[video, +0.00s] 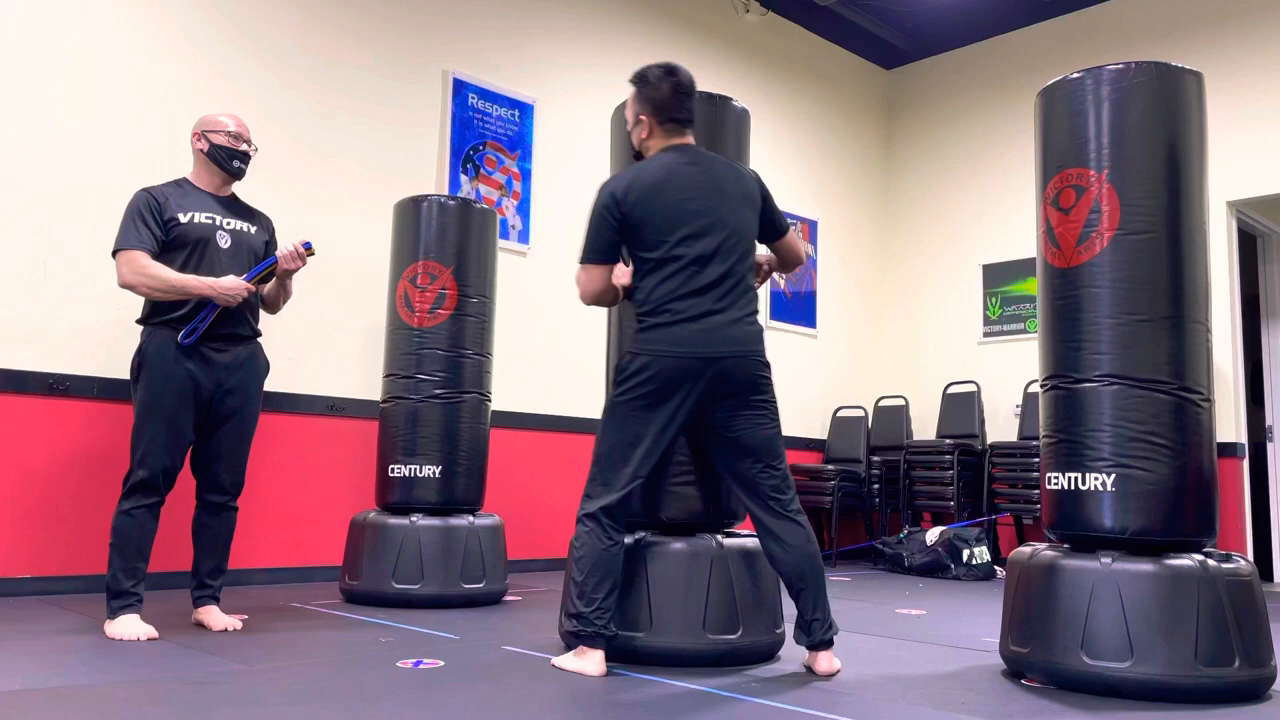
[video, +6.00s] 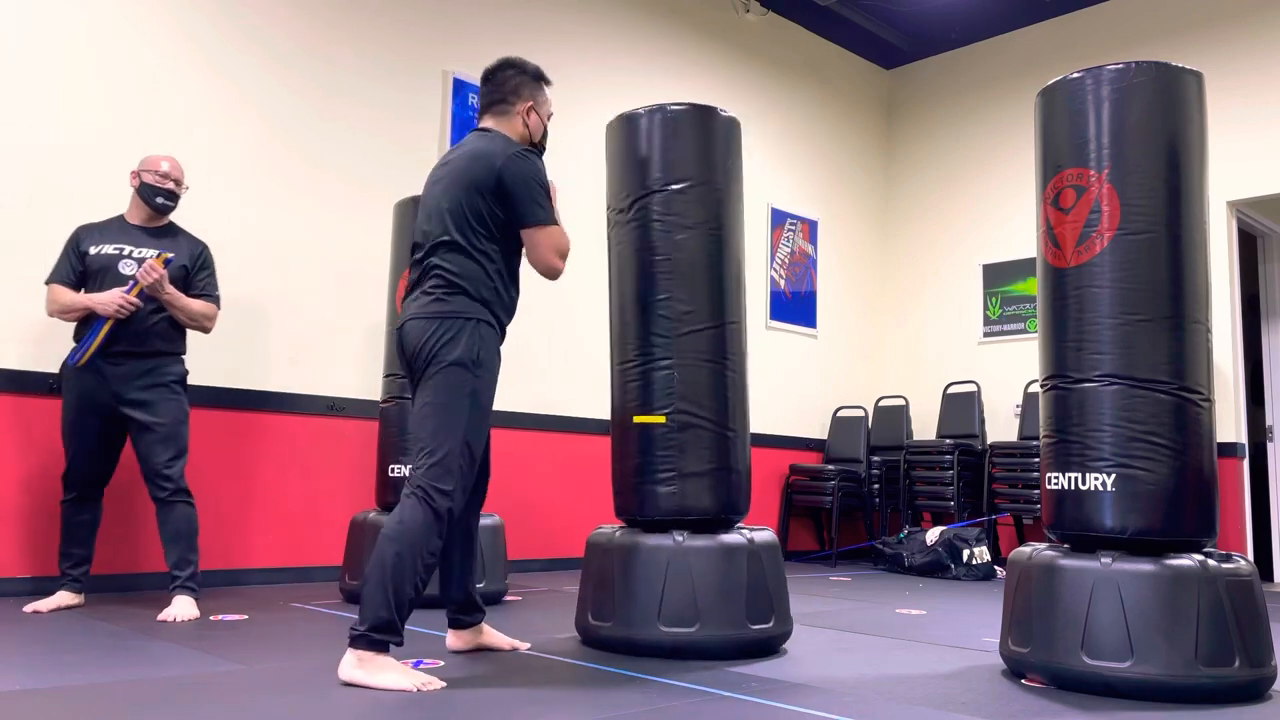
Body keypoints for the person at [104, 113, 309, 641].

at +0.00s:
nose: (245, 148)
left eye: (249, 142)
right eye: (233, 136)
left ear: (249, 154)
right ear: (199, 141)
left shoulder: (258, 224)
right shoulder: (156, 200)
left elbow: (273, 303)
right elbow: (131, 272)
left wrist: (285, 275)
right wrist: (209, 286)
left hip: (239, 363)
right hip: (171, 357)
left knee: (222, 489)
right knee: (149, 481)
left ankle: (207, 601)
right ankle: (123, 609)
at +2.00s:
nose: (264, 154)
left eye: (272, 151)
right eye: (254, 145)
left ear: (278, 169)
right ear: (227, 154)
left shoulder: (284, 236)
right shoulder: (179, 207)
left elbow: (290, 315)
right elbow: (134, 273)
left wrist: (301, 296)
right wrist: (189, 300)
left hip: (249, 372)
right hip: (181, 362)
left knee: (229, 491)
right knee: (157, 478)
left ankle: (208, 601)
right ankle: (125, 603)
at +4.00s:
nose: (186, 164)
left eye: (194, 161)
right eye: (176, 154)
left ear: (200, 177)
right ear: (150, 162)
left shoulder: (215, 234)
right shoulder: (106, 226)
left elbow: (238, 304)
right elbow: (74, 294)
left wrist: (187, 298)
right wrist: (115, 299)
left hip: (187, 370)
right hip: (119, 370)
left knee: (187, 483)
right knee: (123, 483)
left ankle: (188, 592)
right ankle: (124, 594)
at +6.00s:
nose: (168, 185)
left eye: (176, 182)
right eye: (159, 176)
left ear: (182, 194)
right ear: (133, 180)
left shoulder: (193, 250)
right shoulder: (88, 237)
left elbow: (207, 320)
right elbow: (56, 301)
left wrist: (166, 291)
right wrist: (93, 301)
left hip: (158, 382)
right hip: (91, 379)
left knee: (169, 483)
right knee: (80, 484)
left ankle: (184, 592)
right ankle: (71, 587)